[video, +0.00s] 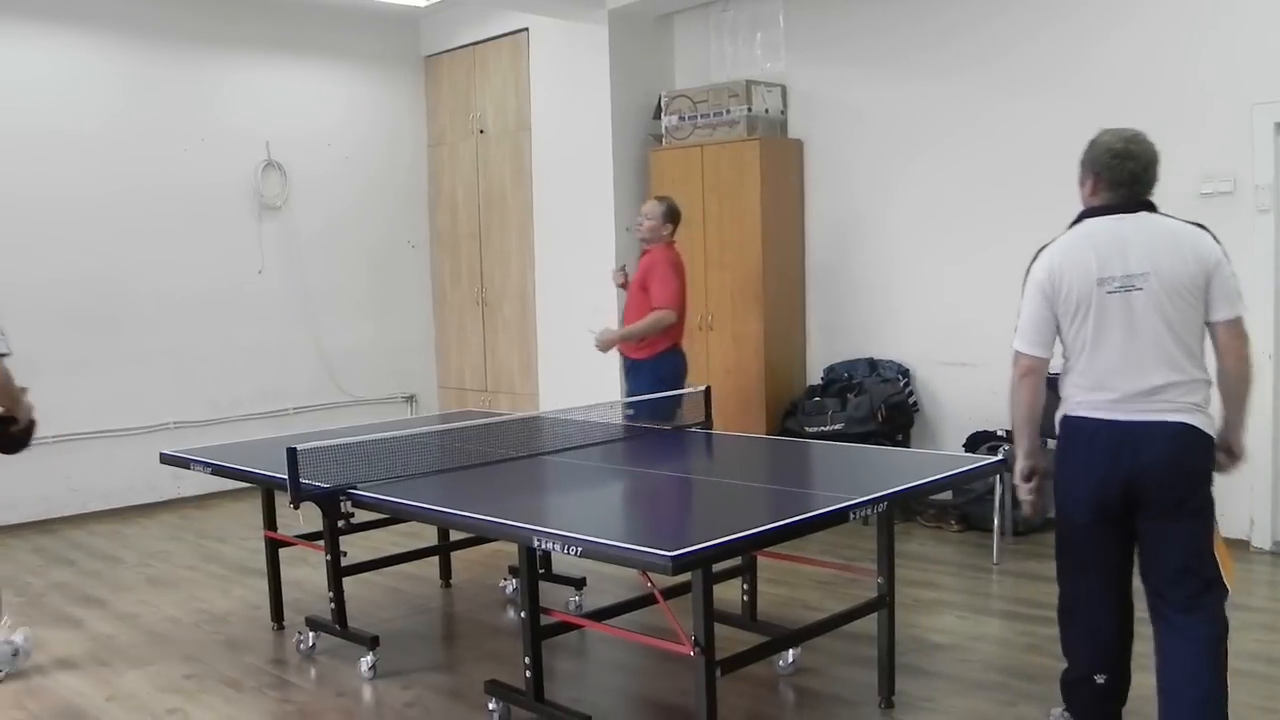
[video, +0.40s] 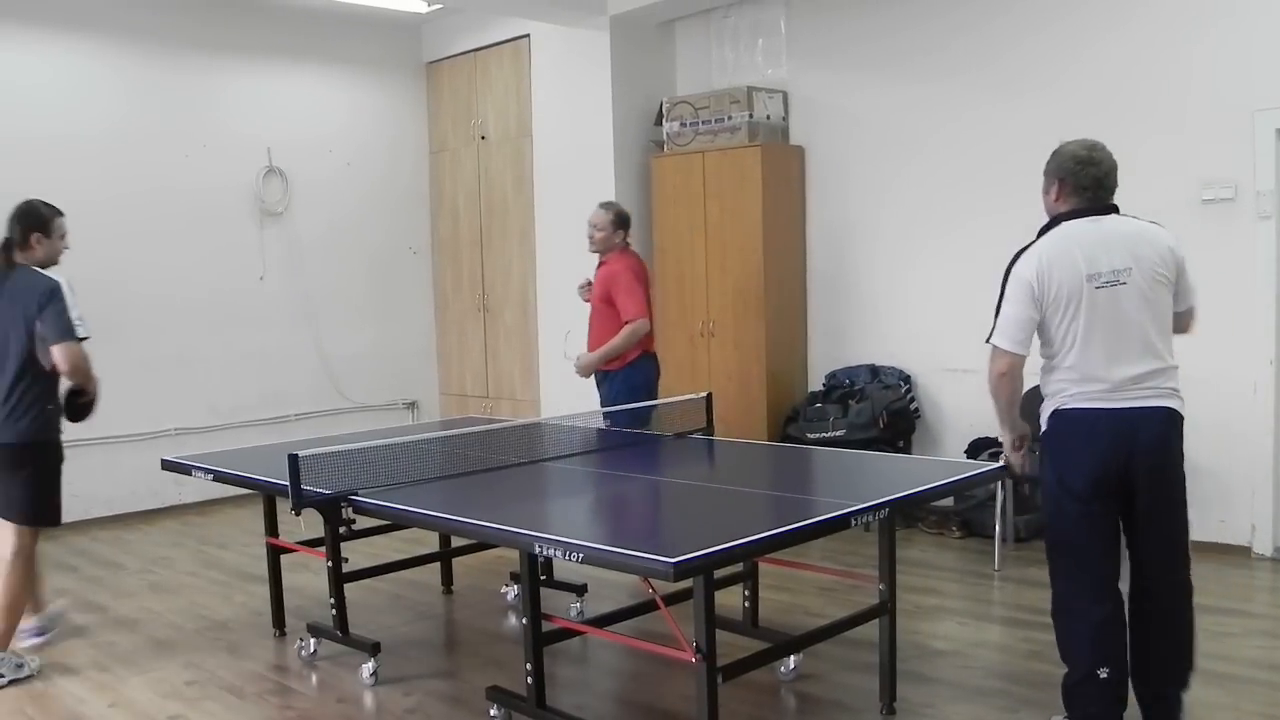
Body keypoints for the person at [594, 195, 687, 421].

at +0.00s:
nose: (639, 222)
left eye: (647, 218)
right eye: (640, 216)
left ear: (666, 229)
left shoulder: (663, 258)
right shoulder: (652, 256)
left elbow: (667, 314)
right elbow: (650, 298)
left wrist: (618, 336)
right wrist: (627, 285)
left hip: (656, 364)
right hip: (645, 362)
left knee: (649, 442)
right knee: (644, 441)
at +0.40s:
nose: (589, 234)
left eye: (597, 229)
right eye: (590, 226)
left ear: (619, 235)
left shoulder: (624, 266)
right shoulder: (611, 261)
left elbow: (640, 324)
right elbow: (621, 299)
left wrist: (596, 359)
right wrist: (595, 293)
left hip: (629, 370)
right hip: (616, 369)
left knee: (627, 450)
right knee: (624, 449)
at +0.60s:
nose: (572, 242)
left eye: (579, 237)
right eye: (570, 235)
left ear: (601, 240)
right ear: (568, 233)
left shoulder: (610, 270)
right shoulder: (594, 263)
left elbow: (634, 327)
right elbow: (607, 296)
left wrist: (595, 366)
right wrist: (581, 296)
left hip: (625, 375)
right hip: (610, 374)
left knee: (627, 453)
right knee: (622, 452)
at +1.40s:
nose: (573, 236)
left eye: (581, 230)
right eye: (569, 229)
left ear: (599, 233)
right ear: (564, 230)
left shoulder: (615, 272)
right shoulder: (563, 263)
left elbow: (640, 319)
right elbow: (565, 294)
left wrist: (614, 360)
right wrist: (547, 308)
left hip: (608, 378)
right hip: (571, 376)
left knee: (609, 446)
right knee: (576, 446)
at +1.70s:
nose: (572, 232)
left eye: (579, 226)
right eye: (565, 225)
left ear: (589, 231)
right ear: (555, 230)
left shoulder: (609, 268)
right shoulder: (538, 270)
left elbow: (631, 307)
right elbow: (521, 307)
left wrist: (627, 344)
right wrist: (522, 320)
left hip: (600, 376)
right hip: (554, 377)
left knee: (611, 446)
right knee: (556, 446)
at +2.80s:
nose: (600, 229)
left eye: (600, 224)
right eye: (593, 223)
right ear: (572, 229)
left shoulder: (612, 264)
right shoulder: (552, 274)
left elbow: (626, 302)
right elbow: (532, 322)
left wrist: (642, 320)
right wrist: (572, 324)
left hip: (623, 366)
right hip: (581, 371)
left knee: (641, 434)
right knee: (578, 443)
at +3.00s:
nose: (637, 235)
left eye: (638, 229)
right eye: (632, 228)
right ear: (609, 231)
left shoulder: (644, 270)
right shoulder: (587, 273)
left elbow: (657, 310)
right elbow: (563, 319)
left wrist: (669, 329)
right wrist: (603, 326)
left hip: (650, 368)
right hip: (608, 372)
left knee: (659, 443)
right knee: (603, 445)